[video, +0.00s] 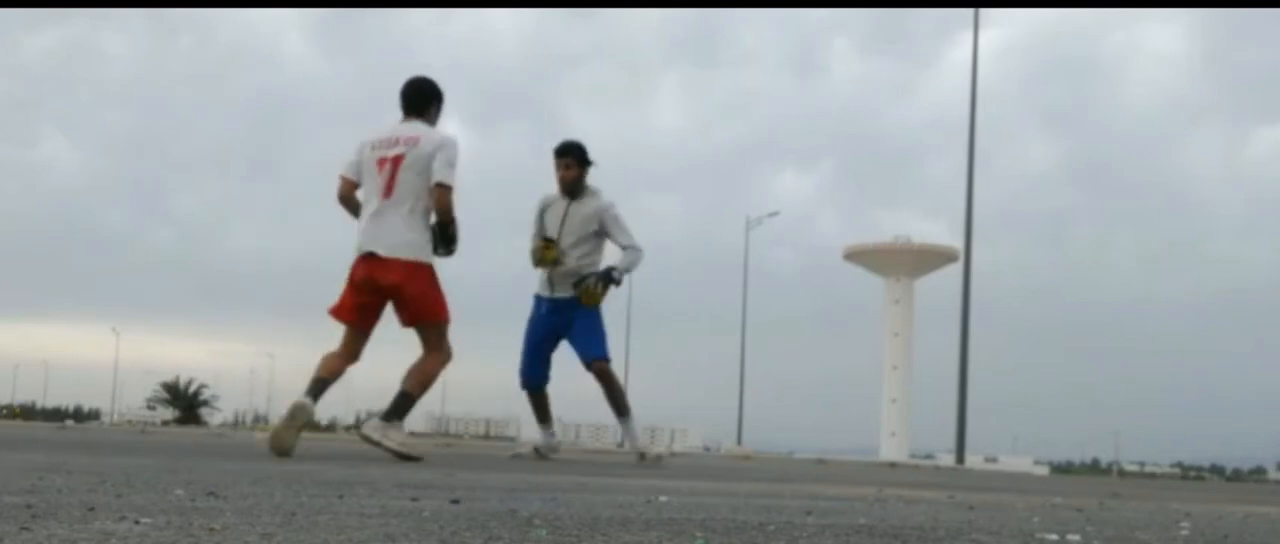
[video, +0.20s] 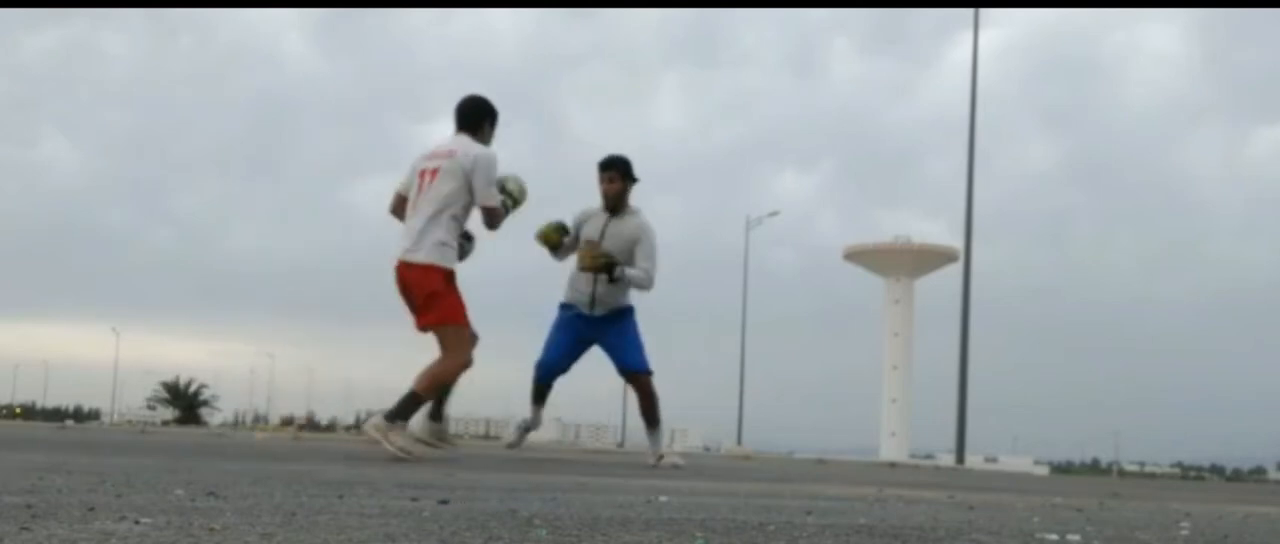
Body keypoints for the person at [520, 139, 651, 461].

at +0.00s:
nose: (563, 173)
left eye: (570, 167)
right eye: (559, 167)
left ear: (584, 170)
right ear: (555, 169)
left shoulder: (600, 208)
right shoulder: (546, 205)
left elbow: (633, 251)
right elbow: (536, 253)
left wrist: (612, 274)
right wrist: (542, 256)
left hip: (582, 304)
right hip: (547, 303)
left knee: (599, 367)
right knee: (531, 378)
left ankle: (630, 436)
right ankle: (548, 439)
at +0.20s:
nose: (608, 187)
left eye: (615, 181)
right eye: (604, 181)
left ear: (629, 185)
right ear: (599, 184)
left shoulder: (639, 228)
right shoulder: (586, 218)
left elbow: (645, 279)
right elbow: (563, 251)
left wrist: (612, 268)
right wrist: (554, 242)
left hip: (616, 318)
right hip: (575, 314)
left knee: (641, 379)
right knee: (544, 369)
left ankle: (656, 450)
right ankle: (534, 419)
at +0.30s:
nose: (640, 201)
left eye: (647, 196)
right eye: (636, 193)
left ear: (652, 201)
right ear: (623, 191)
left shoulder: (643, 241)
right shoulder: (595, 215)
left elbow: (626, 288)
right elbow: (558, 198)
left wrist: (616, 267)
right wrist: (528, 180)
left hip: (609, 307)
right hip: (573, 300)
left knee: (638, 367)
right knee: (573, 358)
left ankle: (659, 449)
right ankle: (521, 423)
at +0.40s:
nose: (652, 230)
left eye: (658, 228)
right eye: (652, 223)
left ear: (657, 229)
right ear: (640, 211)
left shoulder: (634, 246)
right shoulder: (606, 229)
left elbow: (603, 283)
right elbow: (579, 213)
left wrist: (623, 287)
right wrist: (558, 188)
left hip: (594, 300)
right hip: (563, 293)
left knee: (633, 358)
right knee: (563, 365)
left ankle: (650, 444)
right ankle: (514, 436)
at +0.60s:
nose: (662, 208)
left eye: (671, 204)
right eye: (659, 200)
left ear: (677, 210)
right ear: (648, 198)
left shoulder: (652, 236)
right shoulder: (623, 228)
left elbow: (621, 265)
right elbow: (597, 283)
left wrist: (627, 284)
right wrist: (622, 321)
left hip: (596, 297)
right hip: (565, 288)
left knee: (624, 369)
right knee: (548, 367)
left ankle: (623, 447)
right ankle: (498, 433)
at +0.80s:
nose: (690, 177)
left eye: (697, 172)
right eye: (686, 169)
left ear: (706, 177)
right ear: (677, 167)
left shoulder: (691, 210)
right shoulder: (656, 202)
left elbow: (661, 248)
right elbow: (621, 250)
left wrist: (668, 269)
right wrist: (646, 281)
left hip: (642, 292)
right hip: (612, 285)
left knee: (678, 358)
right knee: (574, 356)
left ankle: (659, 442)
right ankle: (516, 420)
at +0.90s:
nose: (695, 171)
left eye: (703, 166)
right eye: (691, 163)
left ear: (716, 171)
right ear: (685, 164)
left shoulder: (715, 213)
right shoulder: (665, 201)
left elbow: (700, 254)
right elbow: (632, 247)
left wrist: (699, 276)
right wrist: (658, 278)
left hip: (674, 300)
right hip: (638, 292)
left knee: (689, 371)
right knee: (606, 360)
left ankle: (656, 451)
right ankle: (540, 428)